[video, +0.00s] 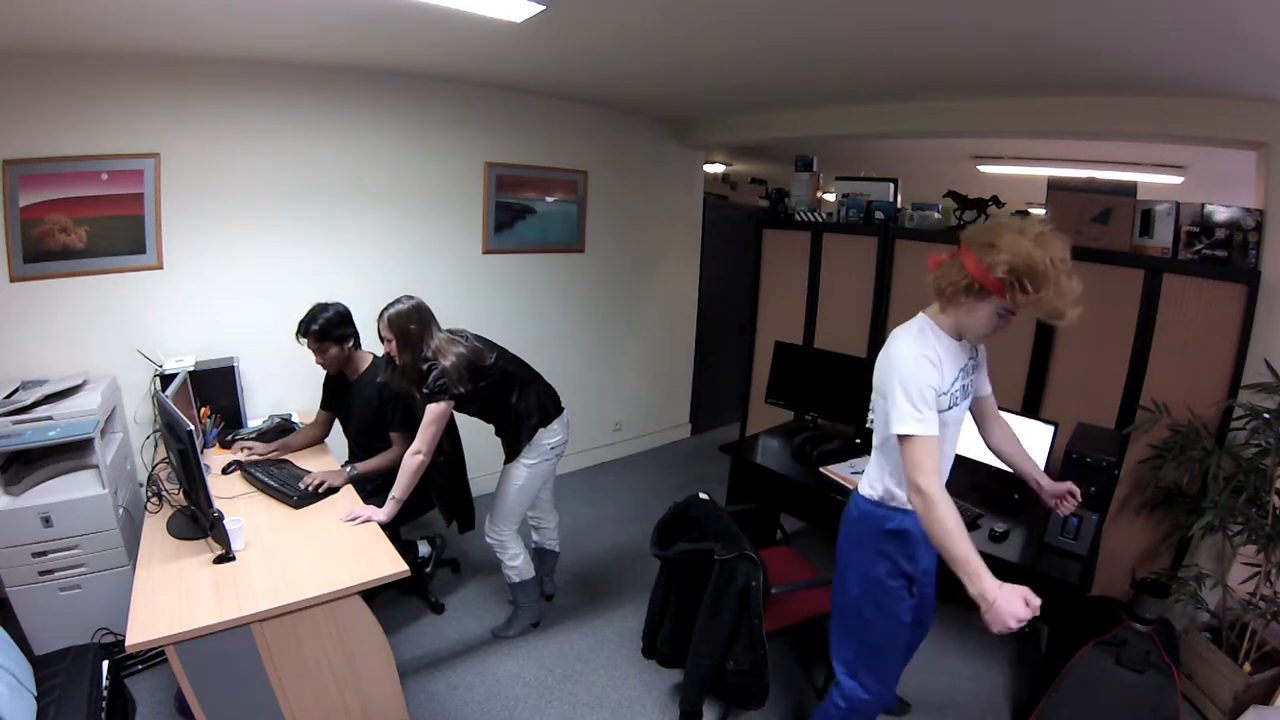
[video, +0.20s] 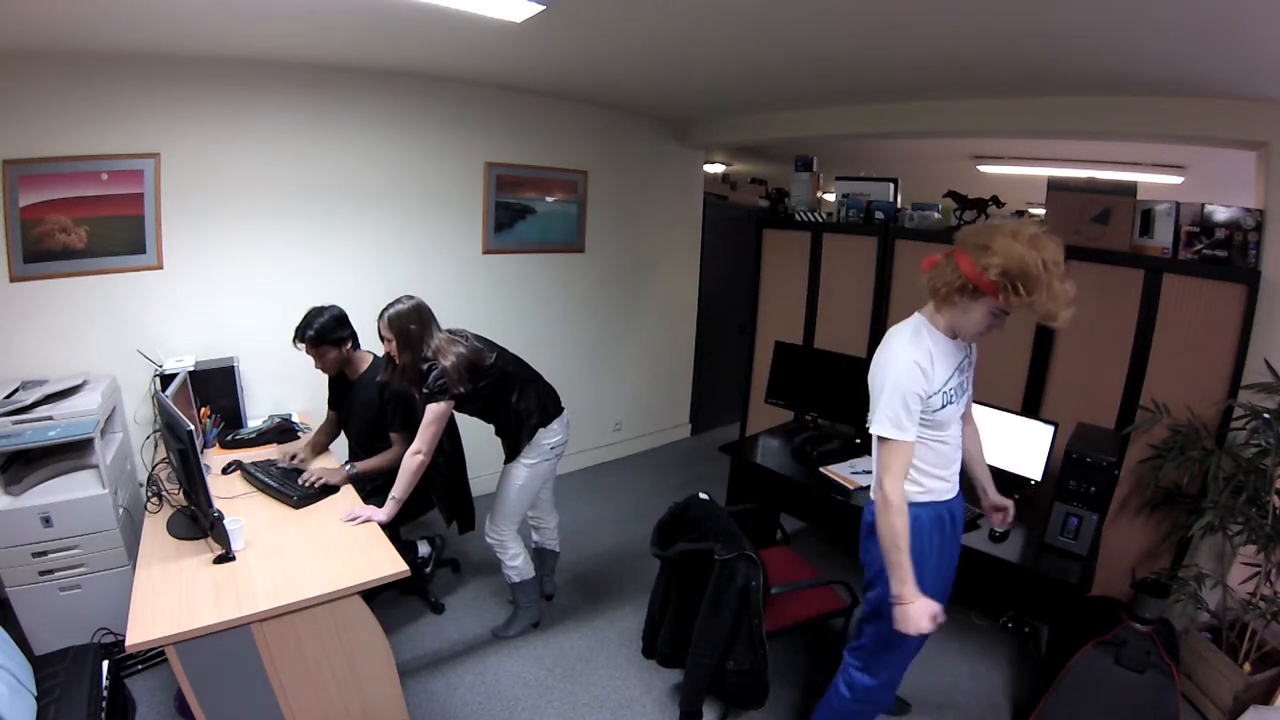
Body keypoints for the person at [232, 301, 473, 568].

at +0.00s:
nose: (317, 360)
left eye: (322, 352)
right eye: (313, 352)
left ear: (348, 342)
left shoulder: (390, 381)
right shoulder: (336, 375)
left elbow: (402, 449)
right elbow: (319, 428)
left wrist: (347, 473)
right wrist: (271, 448)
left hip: (403, 477)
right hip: (364, 473)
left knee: (339, 531)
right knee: (314, 513)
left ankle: (419, 552)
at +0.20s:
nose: (315, 363)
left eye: (319, 355)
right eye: (312, 356)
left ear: (346, 345)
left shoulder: (388, 382)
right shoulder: (339, 374)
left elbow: (403, 450)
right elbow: (333, 423)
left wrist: (346, 471)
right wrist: (307, 449)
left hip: (406, 476)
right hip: (365, 474)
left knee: (344, 527)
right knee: (321, 513)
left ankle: (419, 553)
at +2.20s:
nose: (318, 360)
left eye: (323, 351)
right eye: (314, 352)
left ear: (350, 342)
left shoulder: (388, 381)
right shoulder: (338, 375)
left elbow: (402, 450)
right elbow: (332, 428)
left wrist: (346, 474)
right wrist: (312, 458)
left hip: (408, 476)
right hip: (365, 473)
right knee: (321, 513)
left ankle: (420, 552)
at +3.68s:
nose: (319, 357)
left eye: (325, 348)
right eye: (315, 349)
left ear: (351, 342)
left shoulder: (388, 379)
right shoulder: (339, 375)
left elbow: (403, 451)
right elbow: (325, 424)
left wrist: (346, 473)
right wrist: (288, 447)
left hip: (403, 479)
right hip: (363, 474)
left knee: (343, 531)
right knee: (318, 514)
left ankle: (418, 553)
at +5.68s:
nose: (311, 356)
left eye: (316, 348)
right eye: (310, 348)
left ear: (343, 345)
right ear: (337, 347)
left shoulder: (390, 380)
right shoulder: (337, 378)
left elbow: (406, 448)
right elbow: (312, 428)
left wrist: (347, 473)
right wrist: (260, 453)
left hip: (413, 477)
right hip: (371, 470)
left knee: (353, 532)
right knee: (323, 514)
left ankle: (418, 555)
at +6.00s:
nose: (312, 356)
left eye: (317, 347)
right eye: (311, 347)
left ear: (344, 345)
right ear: (338, 346)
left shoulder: (389, 381)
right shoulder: (337, 377)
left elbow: (405, 450)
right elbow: (312, 428)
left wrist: (347, 473)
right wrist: (260, 453)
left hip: (412, 477)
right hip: (371, 470)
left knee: (349, 531)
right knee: (320, 513)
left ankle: (418, 555)